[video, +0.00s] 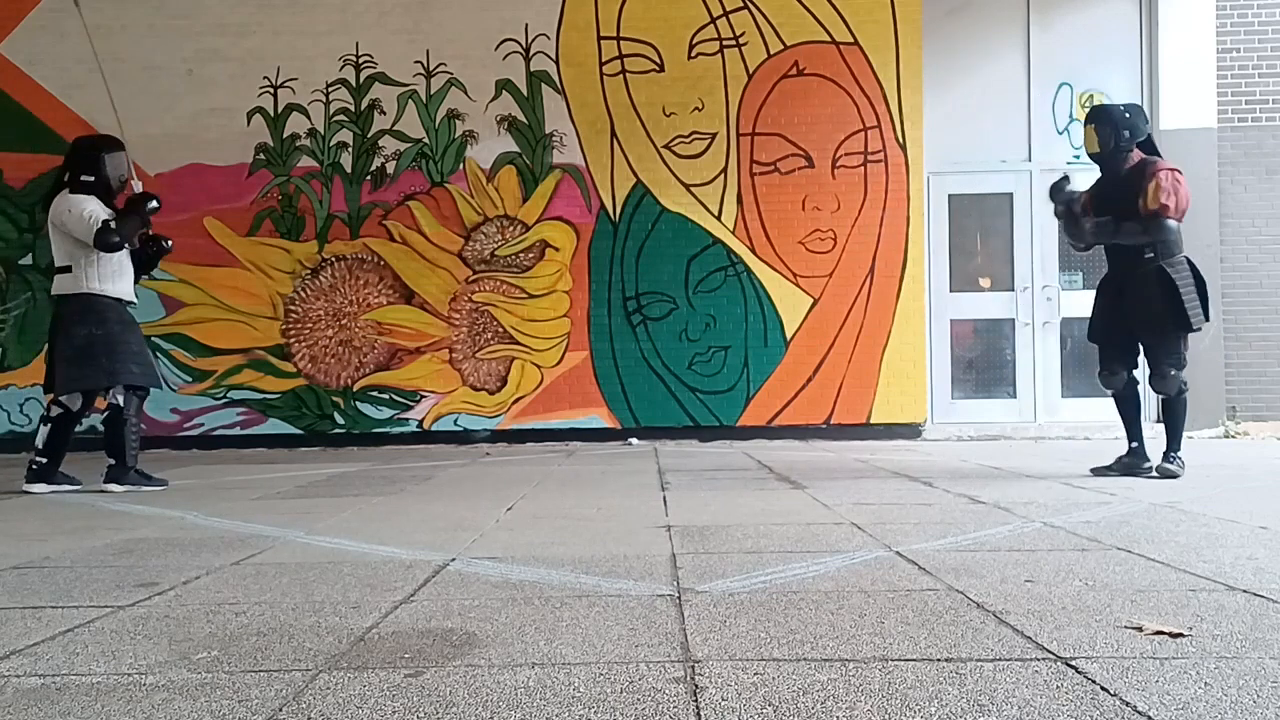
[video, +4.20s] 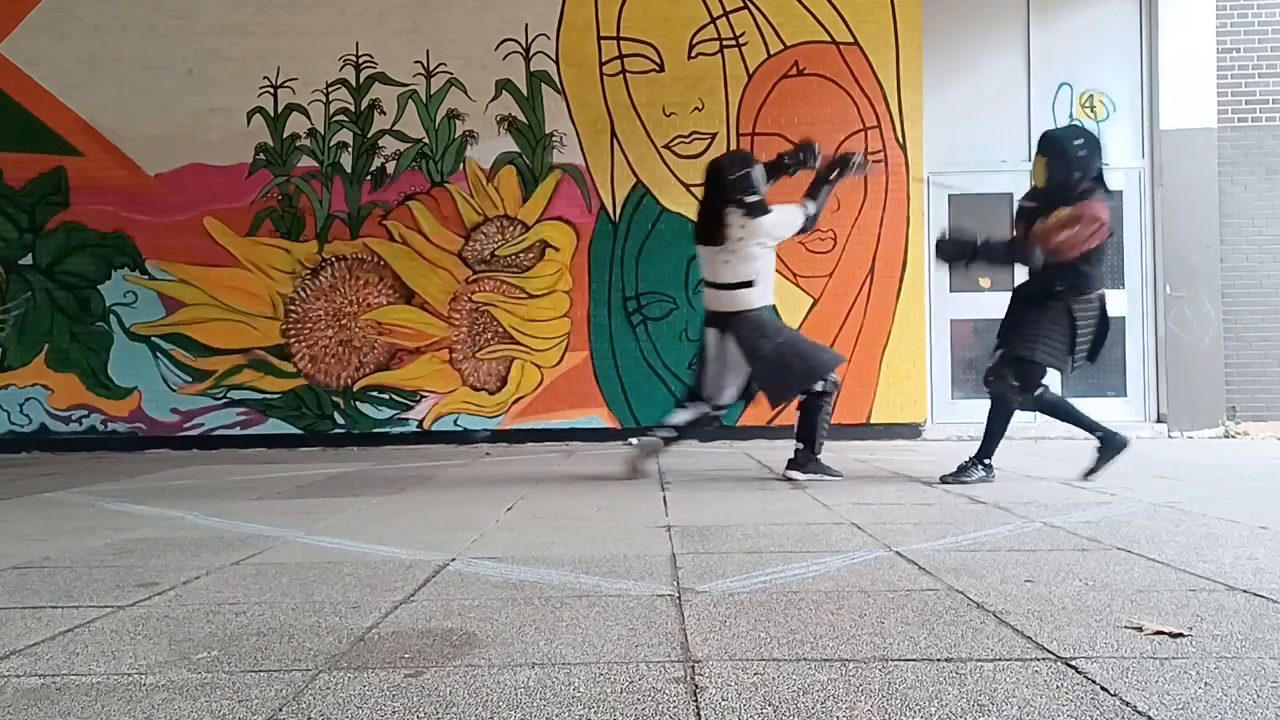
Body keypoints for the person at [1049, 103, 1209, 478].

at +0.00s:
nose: (1092, 143)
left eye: (1099, 134)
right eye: (1089, 135)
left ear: (1124, 134)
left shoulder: (1158, 174)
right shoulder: (1102, 187)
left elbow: (1164, 231)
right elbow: (1081, 240)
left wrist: (1104, 230)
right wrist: (1065, 208)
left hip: (1161, 283)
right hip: (1119, 285)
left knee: (1167, 373)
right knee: (1116, 372)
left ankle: (1173, 455)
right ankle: (1137, 453)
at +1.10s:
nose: (1070, 151)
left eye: (1075, 142)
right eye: (1069, 142)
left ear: (1098, 143)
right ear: (1100, 143)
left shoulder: (1122, 185)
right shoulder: (1094, 184)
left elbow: (1097, 243)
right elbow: (1076, 235)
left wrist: (1054, 263)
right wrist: (1056, 229)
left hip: (1122, 288)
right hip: (1092, 289)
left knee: (1120, 380)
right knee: (1081, 375)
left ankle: (1164, 446)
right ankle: (1106, 456)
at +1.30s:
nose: (1042, 159)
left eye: (1047, 151)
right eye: (1041, 151)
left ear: (1069, 151)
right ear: (1077, 151)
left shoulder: (1086, 189)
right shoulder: (1085, 185)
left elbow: (1047, 237)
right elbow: (1059, 228)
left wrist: (1002, 248)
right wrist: (1032, 219)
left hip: (1095, 293)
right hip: (1094, 292)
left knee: (1055, 368)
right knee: (1063, 369)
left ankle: (1103, 454)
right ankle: (1086, 449)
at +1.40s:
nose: (1024, 163)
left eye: (1030, 155)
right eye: (1024, 155)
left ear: (1052, 156)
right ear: (1063, 157)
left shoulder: (1062, 195)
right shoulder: (1081, 190)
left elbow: (1019, 242)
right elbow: (1049, 229)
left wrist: (978, 245)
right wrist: (1019, 218)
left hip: (1079, 297)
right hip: (1098, 297)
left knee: (1028, 368)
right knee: (1062, 377)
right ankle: (1103, 456)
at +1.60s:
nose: (991, 172)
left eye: (996, 165)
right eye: (991, 165)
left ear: (1018, 167)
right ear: (1033, 169)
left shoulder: (1021, 206)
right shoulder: (1055, 201)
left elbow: (981, 254)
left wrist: (954, 260)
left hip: (1034, 308)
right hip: (1059, 306)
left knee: (977, 374)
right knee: (1039, 391)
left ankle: (948, 458)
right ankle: (1102, 456)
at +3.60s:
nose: (999, 170)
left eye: (1005, 163)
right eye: (998, 163)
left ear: (1028, 166)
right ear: (1030, 167)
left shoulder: (1041, 208)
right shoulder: (1028, 204)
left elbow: (1029, 268)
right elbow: (1023, 257)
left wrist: (981, 279)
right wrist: (996, 253)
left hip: (1054, 300)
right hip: (1055, 299)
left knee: (997, 360)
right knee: (1044, 386)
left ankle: (1005, 450)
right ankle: (1103, 449)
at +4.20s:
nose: (1038, 170)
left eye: (1046, 163)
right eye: (1039, 162)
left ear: (1074, 166)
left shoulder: (1090, 212)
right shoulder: (1043, 202)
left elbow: (1038, 252)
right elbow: (1021, 248)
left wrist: (974, 249)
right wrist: (972, 250)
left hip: (1064, 304)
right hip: (1038, 300)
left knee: (1005, 377)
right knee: (1022, 387)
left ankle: (982, 462)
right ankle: (1108, 438)